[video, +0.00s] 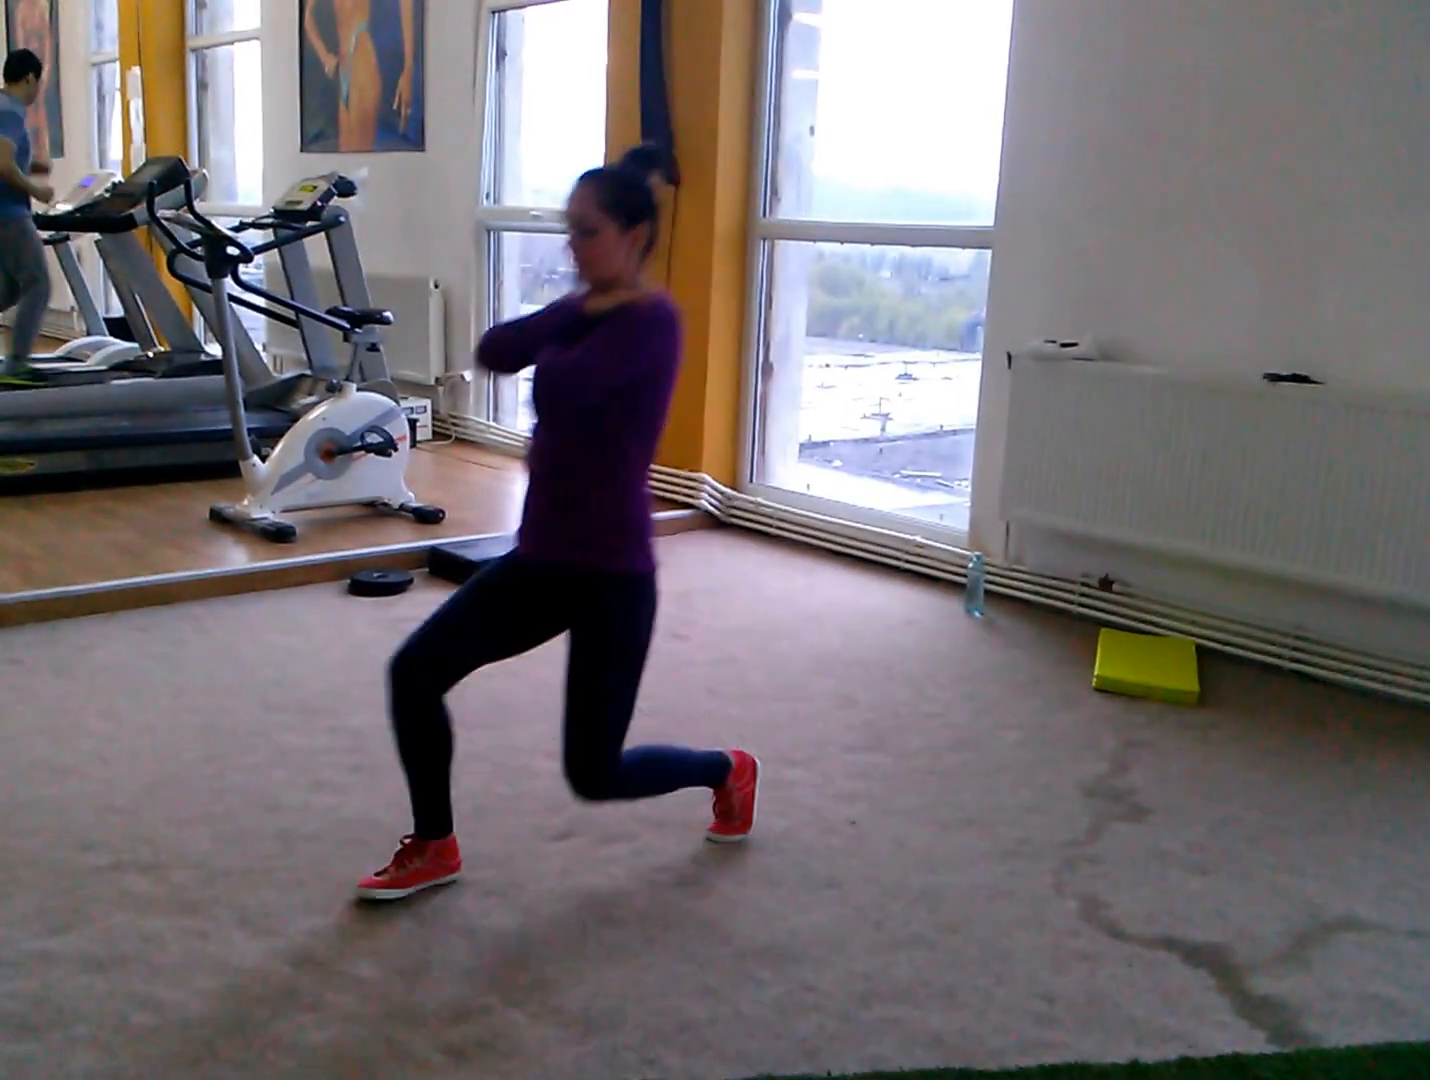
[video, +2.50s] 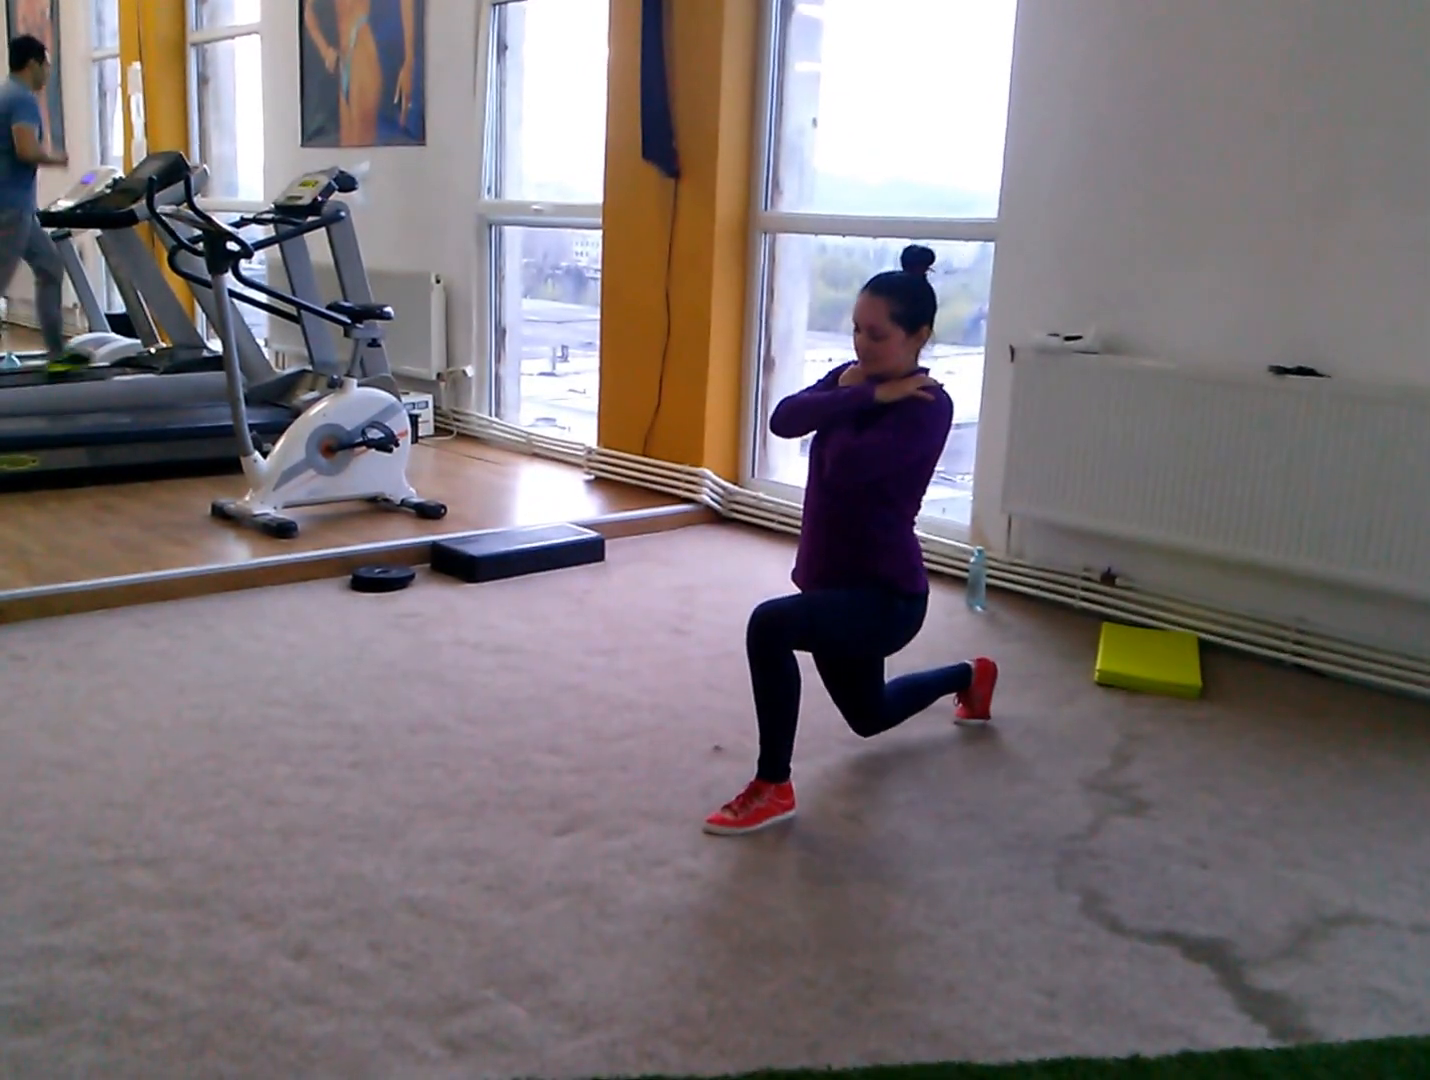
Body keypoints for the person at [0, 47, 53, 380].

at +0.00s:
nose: (39, 89)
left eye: (39, 82)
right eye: (38, 82)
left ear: (11, 78)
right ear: (28, 79)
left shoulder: (9, 110)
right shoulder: (11, 114)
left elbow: (8, 156)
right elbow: (6, 163)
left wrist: (30, 164)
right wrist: (33, 188)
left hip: (10, 213)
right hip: (11, 214)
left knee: (13, 286)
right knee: (38, 283)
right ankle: (17, 361)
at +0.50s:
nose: (35, 88)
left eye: (35, 80)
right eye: (35, 79)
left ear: (10, 76)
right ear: (24, 75)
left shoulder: (8, 110)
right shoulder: (10, 111)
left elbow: (8, 166)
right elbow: (4, 160)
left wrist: (40, 175)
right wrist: (31, 191)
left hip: (7, 212)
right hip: (8, 214)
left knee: (5, 287)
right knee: (49, 279)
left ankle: (4, 351)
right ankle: (5, 346)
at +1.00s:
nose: (40, 79)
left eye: (39, 72)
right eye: (39, 71)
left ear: (10, 68)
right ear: (29, 68)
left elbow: (18, 151)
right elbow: (21, 151)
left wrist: (44, 157)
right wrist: (53, 159)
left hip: (12, 210)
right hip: (7, 211)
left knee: (40, 272)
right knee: (1, 285)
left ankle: (57, 353)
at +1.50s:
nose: (44, 83)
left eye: (43, 76)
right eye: (42, 75)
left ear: (18, 73)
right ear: (31, 73)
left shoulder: (15, 110)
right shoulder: (10, 110)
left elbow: (12, 161)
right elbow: (3, 158)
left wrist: (43, 162)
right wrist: (28, 188)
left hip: (13, 209)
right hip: (12, 210)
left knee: (5, 287)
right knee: (44, 280)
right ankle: (32, 363)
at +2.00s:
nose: (44, 83)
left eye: (43, 76)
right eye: (41, 76)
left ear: (16, 78)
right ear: (27, 76)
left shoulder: (11, 110)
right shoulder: (13, 111)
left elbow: (13, 169)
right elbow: (8, 162)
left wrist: (48, 189)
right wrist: (44, 196)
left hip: (10, 214)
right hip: (11, 215)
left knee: (19, 286)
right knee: (46, 283)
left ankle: (4, 352)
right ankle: (1, 339)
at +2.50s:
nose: (47, 72)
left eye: (47, 64)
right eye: (45, 64)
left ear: (20, 65)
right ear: (32, 64)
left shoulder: (11, 95)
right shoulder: (20, 99)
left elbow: (22, 149)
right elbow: (26, 150)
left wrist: (48, 155)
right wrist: (56, 158)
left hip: (16, 210)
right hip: (12, 211)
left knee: (50, 268)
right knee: (1, 285)